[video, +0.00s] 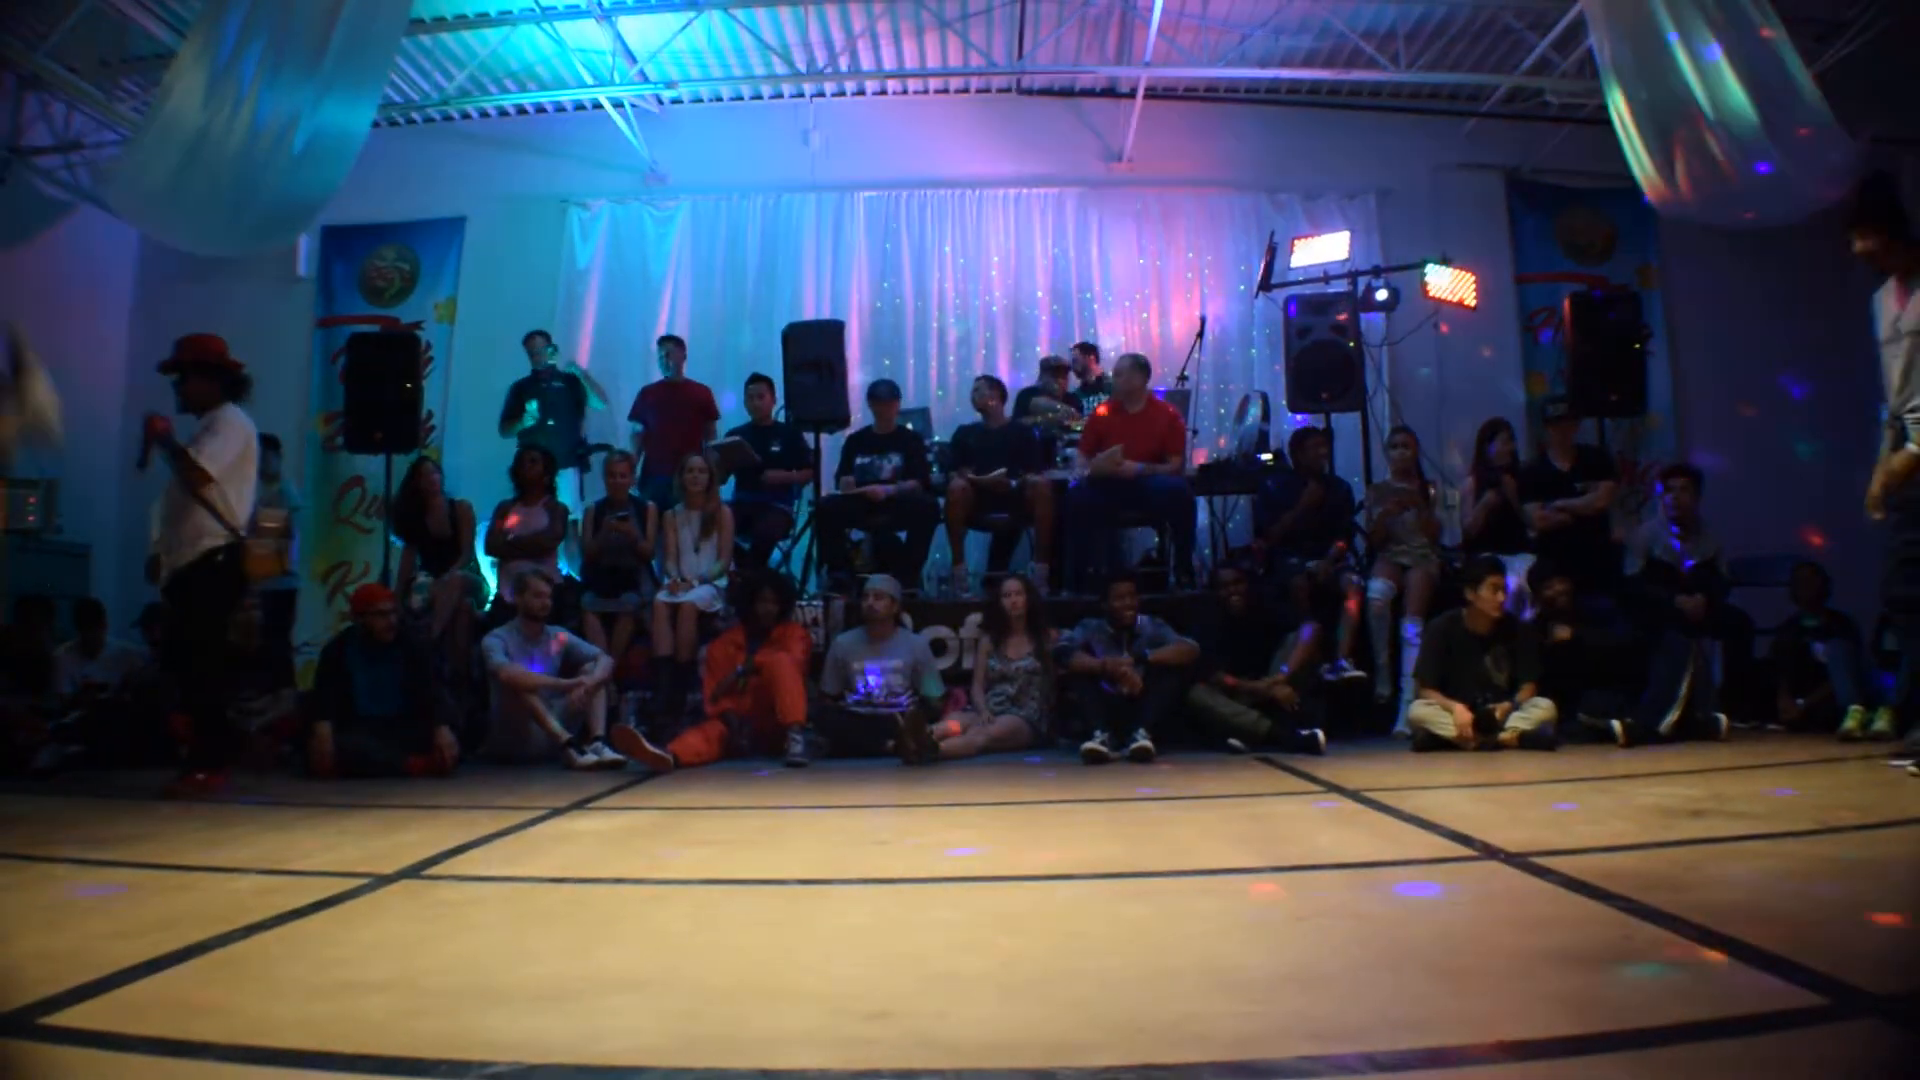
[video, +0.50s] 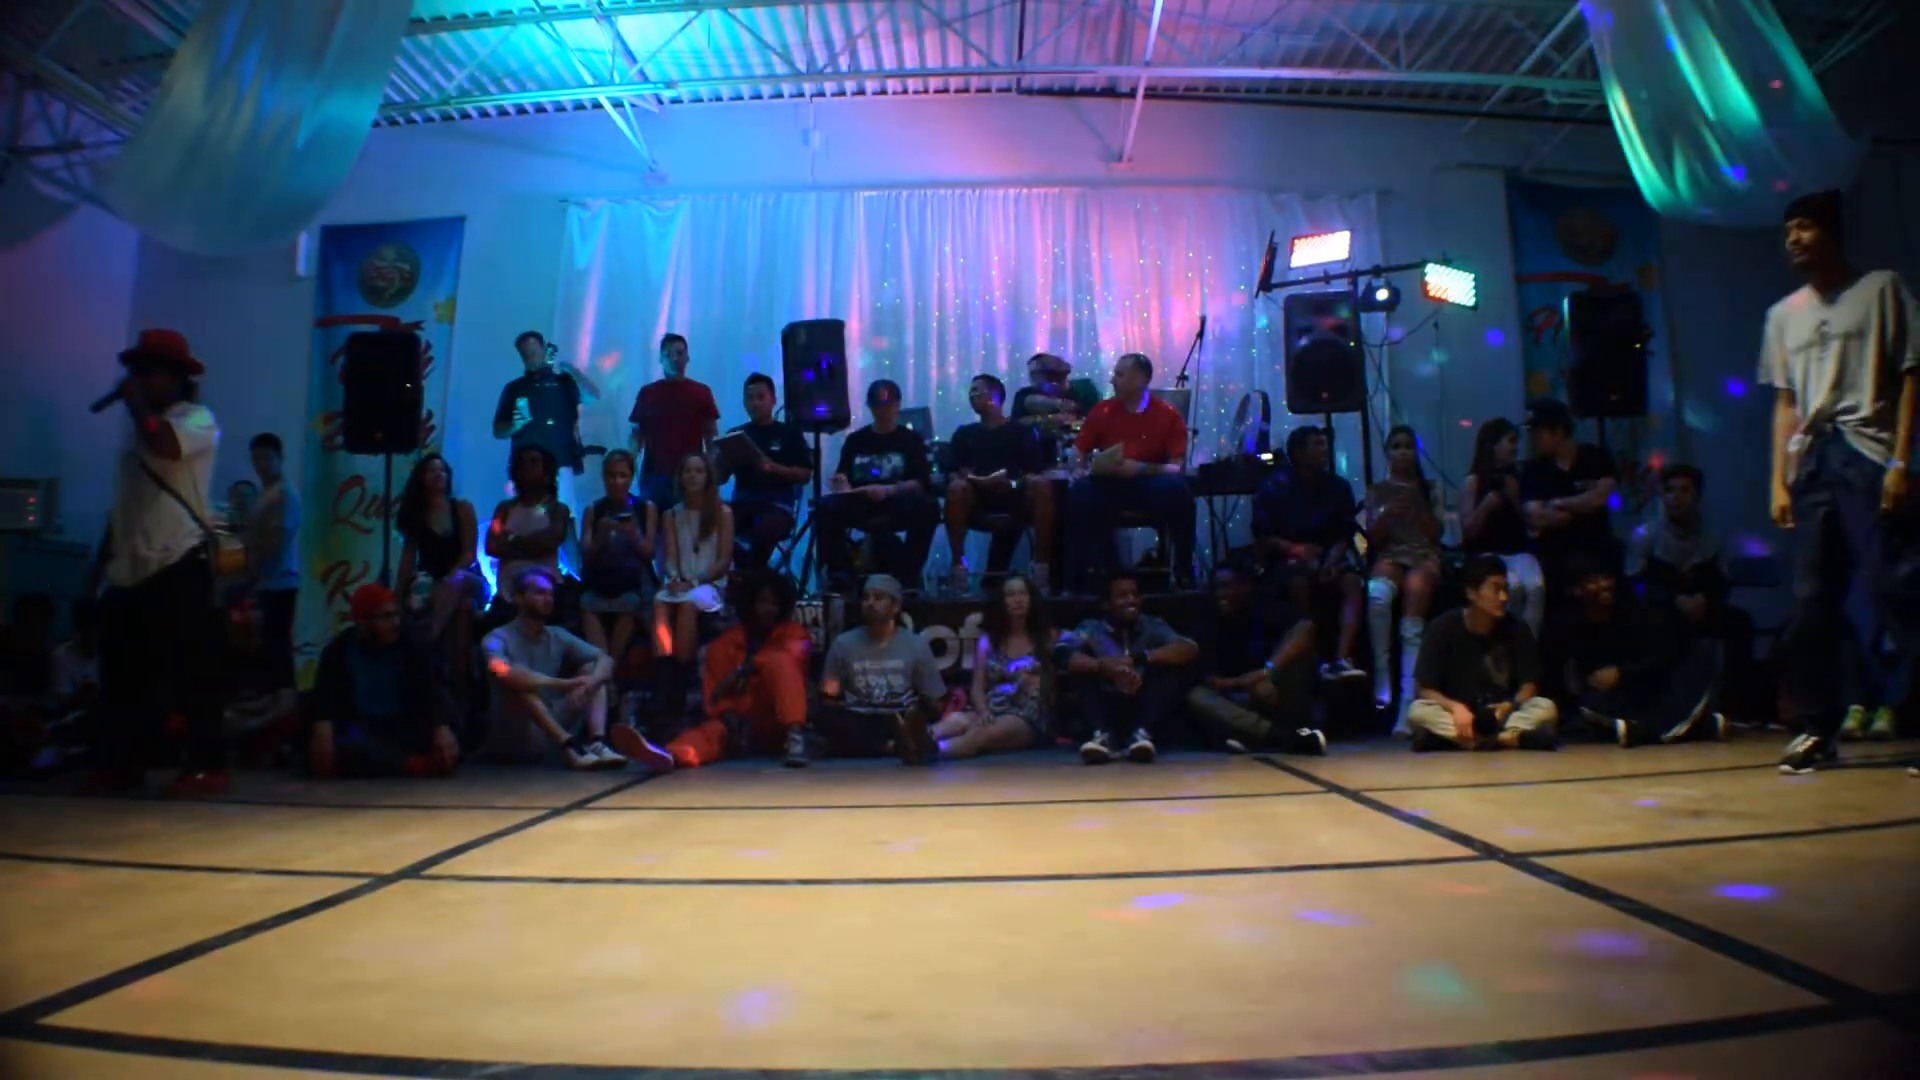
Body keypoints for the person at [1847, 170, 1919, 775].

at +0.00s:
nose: (1860, 248)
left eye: (1868, 235)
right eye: (1856, 237)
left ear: (1896, 233)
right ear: (1861, 241)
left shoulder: (1914, 297)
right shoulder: (1884, 299)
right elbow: (1891, 396)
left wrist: (1903, 460)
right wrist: (1881, 467)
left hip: (1918, 454)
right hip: (1902, 453)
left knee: (1903, 584)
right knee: (1899, 585)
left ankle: (1906, 713)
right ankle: (1901, 713)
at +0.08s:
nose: (1849, 242)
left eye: (1858, 230)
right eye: (1845, 232)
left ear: (1888, 230)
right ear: (1853, 238)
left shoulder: (1914, 292)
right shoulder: (1869, 303)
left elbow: (1914, 404)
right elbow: (1882, 400)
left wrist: (1891, 454)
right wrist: (1865, 471)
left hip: (1915, 461)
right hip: (1889, 462)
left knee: (1891, 589)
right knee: (1887, 590)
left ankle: (1894, 718)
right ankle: (1887, 716)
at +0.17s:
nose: (1841, 240)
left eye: (1850, 228)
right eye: (1836, 231)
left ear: (1879, 229)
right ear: (1837, 240)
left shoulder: (1913, 283)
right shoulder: (1852, 307)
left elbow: (1915, 383)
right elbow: (1867, 396)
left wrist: (1900, 442)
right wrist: (1849, 470)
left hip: (1913, 454)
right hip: (1879, 459)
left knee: (1905, 589)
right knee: (1864, 589)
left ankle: (1905, 722)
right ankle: (1849, 720)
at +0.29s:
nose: (1829, 246)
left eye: (1837, 233)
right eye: (1822, 238)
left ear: (1864, 233)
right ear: (1819, 247)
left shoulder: (1907, 282)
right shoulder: (1827, 312)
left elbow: (1919, 379)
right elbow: (1839, 401)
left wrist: (1909, 451)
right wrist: (1821, 481)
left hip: (1907, 455)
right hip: (1856, 458)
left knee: (1911, 595)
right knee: (1834, 589)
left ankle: (1913, 728)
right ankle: (1821, 724)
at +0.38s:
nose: (1815, 242)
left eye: (1824, 230)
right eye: (1809, 234)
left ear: (1852, 234)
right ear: (1807, 245)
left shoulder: (1900, 286)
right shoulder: (1809, 316)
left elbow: (1919, 381)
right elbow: (1814, 405)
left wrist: (1911, 460)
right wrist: (1803, 482)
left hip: (1892, 461)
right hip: (1833, 464)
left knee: (1901, 593)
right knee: (1822, 594)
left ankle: (1906, 718)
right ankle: (1820, 726)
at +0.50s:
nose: (1793, 242)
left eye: (1804, 231)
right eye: (1789, 234)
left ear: (1832, 235)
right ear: (1788, 244)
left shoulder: (1881, 289)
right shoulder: (1782, 315)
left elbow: (1911, 377)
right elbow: (1785, 402)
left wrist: (1901, 461)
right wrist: (1778, 481)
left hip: (1872, 460)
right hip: (1811, 464)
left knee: (1885, 589)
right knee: (1812, 596)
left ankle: (1899, 714)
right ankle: (1817, 726)